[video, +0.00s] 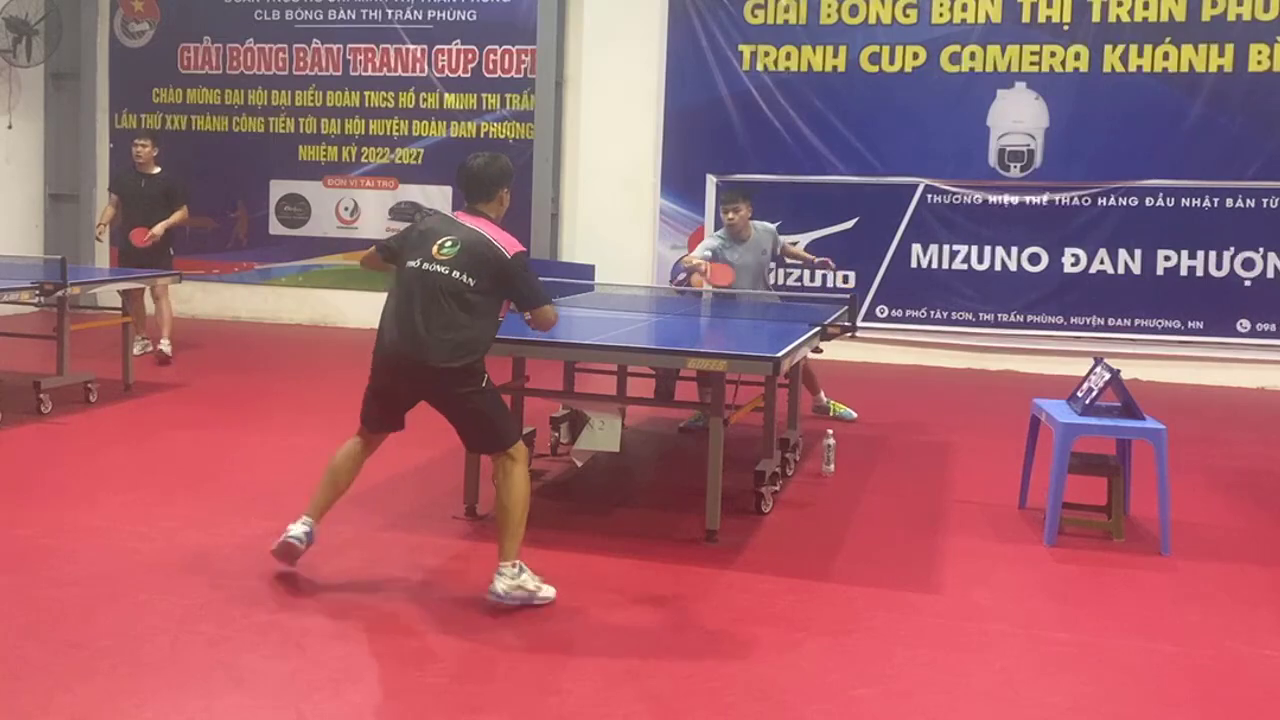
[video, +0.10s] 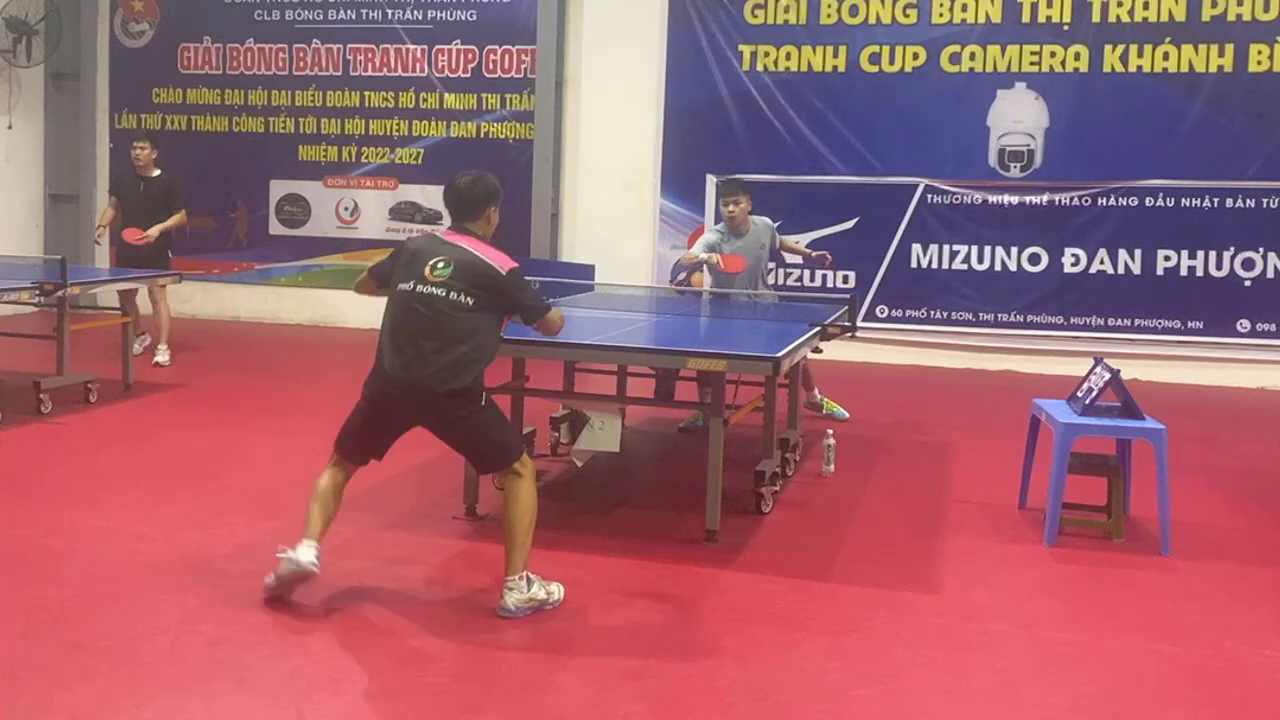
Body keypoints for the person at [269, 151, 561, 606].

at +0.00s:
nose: (509, 199)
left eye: (507, 192)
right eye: (509, 193)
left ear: (463, 193)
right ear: (502, 197)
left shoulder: (426, 225)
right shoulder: (506, 249)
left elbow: (370, 259)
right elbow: (545, 319)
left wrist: (415, 265)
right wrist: (524, 300)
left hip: (393, 360)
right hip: (453, 368)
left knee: (365, 438)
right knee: (513, 453)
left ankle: (305, 524)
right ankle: (510, 571)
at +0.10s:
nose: (498, 217)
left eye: (496, 210)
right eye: (497, 210)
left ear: (450, 211)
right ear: (490, 214)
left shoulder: (417, 246)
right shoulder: (500, 267)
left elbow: (366, 284)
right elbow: (552, 325)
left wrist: (418, 284)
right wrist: (537, 304)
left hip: (389, 388)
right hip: (454, 396)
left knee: (339, 466)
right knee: (519, 469)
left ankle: (307, 549)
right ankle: (517, 584)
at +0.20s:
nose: (481, 231)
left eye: (480, 224)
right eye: (480, 224)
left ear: (432, 225)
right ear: (470, 228)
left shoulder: (394, 262)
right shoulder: (485, 279)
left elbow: (346, 291)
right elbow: (543, 316)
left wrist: (387, 287)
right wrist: (573, 308)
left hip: (388, 411)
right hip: (457, 415)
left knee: (319, 488)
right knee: (513, 476)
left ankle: (308, 585)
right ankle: (522, 562)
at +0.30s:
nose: (497, 233)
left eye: (495, 225)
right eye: (495, 226)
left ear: (446, 226)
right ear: (483, 229)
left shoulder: (400, 257)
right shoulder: (501, 277)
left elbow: (338, 254)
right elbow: (558, 295)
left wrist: (360, 244)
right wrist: (598, 263)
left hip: (400, 410)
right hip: (470, 409)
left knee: (330, 488)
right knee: (517, 447)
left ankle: (309, 587)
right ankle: (545, 519)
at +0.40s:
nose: (532, 218)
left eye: (529, 211)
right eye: (530, 212)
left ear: (482, 211)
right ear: (518, 214)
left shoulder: (440, 242)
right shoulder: (530, 259)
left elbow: (361, 248)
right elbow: (593, 280)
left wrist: (318, 236)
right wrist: (652, 289)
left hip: (432, 386)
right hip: (498, 388)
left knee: (375, 476)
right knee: (544, 430)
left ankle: (319, 578)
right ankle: (591, 514)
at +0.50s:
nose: (567, 223)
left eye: (566, 215)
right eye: (565, 216)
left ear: (521, 213)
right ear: (554, 219)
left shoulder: (482, 245)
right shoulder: (568, 264)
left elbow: (429, 279)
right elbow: (618, 290)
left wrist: (366, 296)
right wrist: (659, 303)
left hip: (468, 380)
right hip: (526, 387)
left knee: (414, 467)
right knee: (564, 440)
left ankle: (358, 566)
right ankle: (614, 506)